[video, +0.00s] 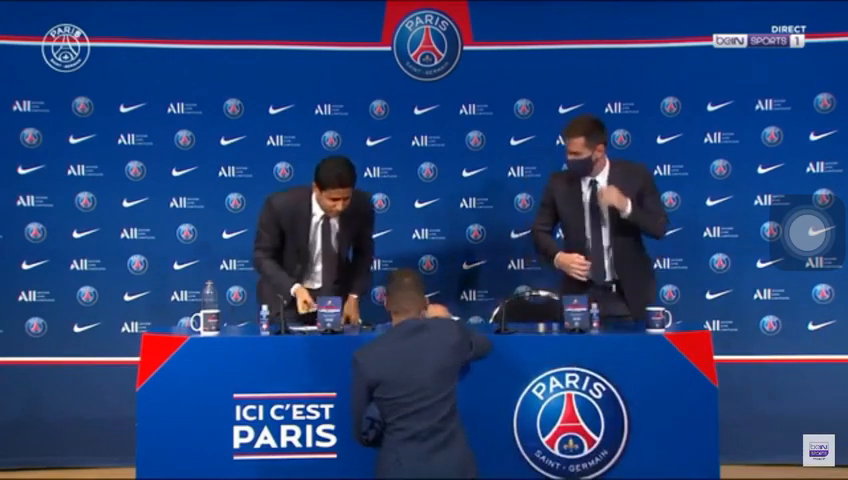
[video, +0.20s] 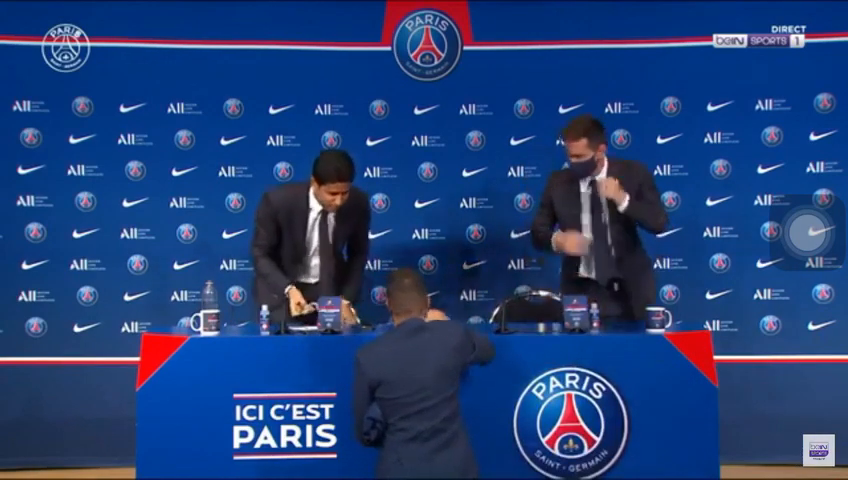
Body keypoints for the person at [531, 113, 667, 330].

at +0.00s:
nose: (570, 160)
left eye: (577, 155)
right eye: (568, 153)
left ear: (599, 151)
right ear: (566, 148)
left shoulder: (635, 176)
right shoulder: (559, 183)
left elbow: (659, 227)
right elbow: (540, 231)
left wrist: (626, 207)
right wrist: (558, 257)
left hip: (627, 295)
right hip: (581, 296)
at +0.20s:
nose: (573, 163)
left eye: (579, 157)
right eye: (570, 156)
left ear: (601, 151)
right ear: (566, 152)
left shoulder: (633, 174)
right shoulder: (558, 182)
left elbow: (659, 223)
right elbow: (538, 231)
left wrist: (623, 200)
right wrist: (557, 241)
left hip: (626, 290)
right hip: (580, 291)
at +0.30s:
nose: (580, 168)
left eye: (586, 162)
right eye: (576, 162)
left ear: (606, 154)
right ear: (571, 156)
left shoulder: (634, 173)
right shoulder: (564, 180)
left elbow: (659, 224)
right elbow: (543, 235)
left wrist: (624, 187)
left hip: (625, 290)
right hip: (580, 289)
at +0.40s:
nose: (584, 170)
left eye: (590, 164)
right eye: (579, 163)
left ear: (609, 155)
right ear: (575, 157)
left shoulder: (639, 173)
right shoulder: (573, 178)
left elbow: (658, 224)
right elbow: (548, 232)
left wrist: (625, 186)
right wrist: (561, 194)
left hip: (628, 291)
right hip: (583, 290)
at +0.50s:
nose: (592, 169)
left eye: (599, 163)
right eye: (588, 163)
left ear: (618, 154)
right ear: (583, 158)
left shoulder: (650, 174)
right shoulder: (585, 180)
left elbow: (659, 226)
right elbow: (559, 230)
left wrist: (631, 186)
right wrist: (575, 191)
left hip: (637, 291)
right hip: (594, 291)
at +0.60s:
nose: (598, 169)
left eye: (605, 162)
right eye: (594, 162)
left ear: (624, 154)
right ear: (588, 158)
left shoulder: (657, 176)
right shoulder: (593, 180)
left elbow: (664, 225)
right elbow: (568, 230)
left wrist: (636, 186)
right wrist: (582, 190)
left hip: (644, 288)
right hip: (602, 289)